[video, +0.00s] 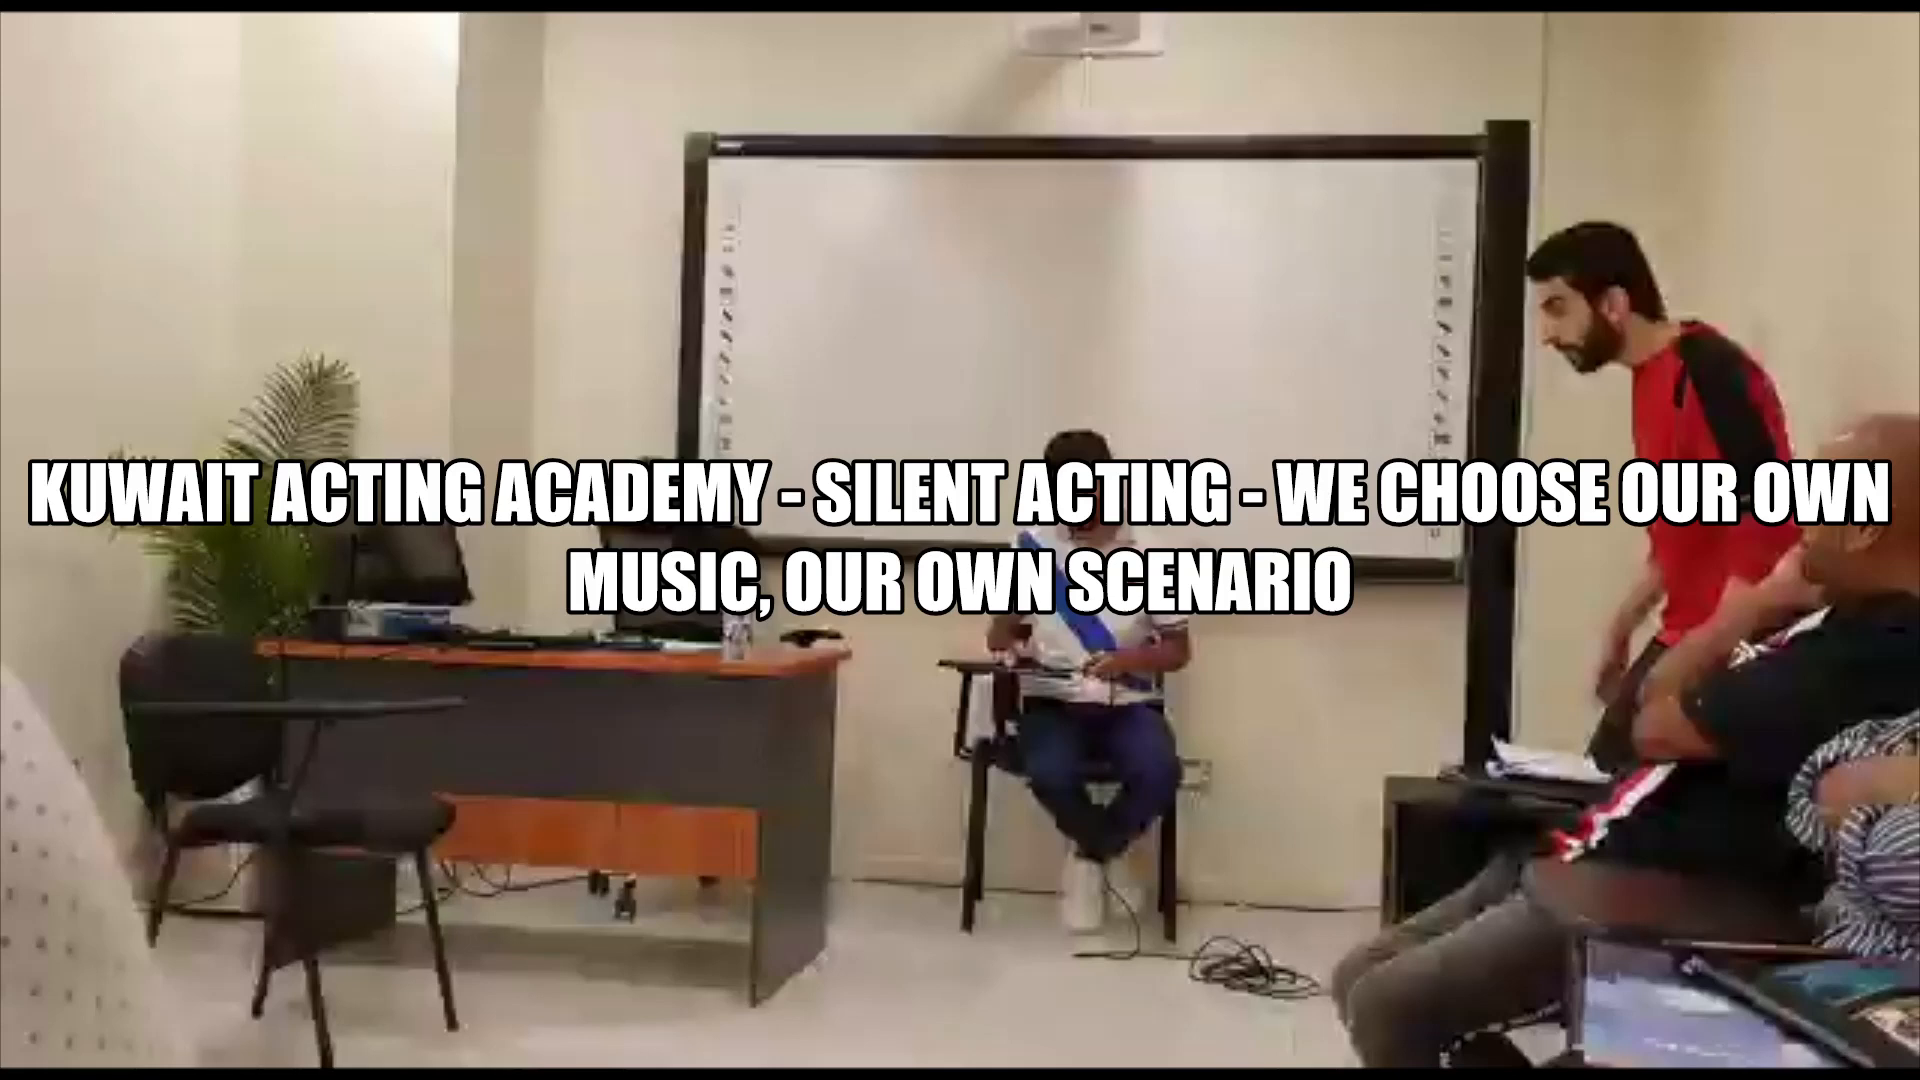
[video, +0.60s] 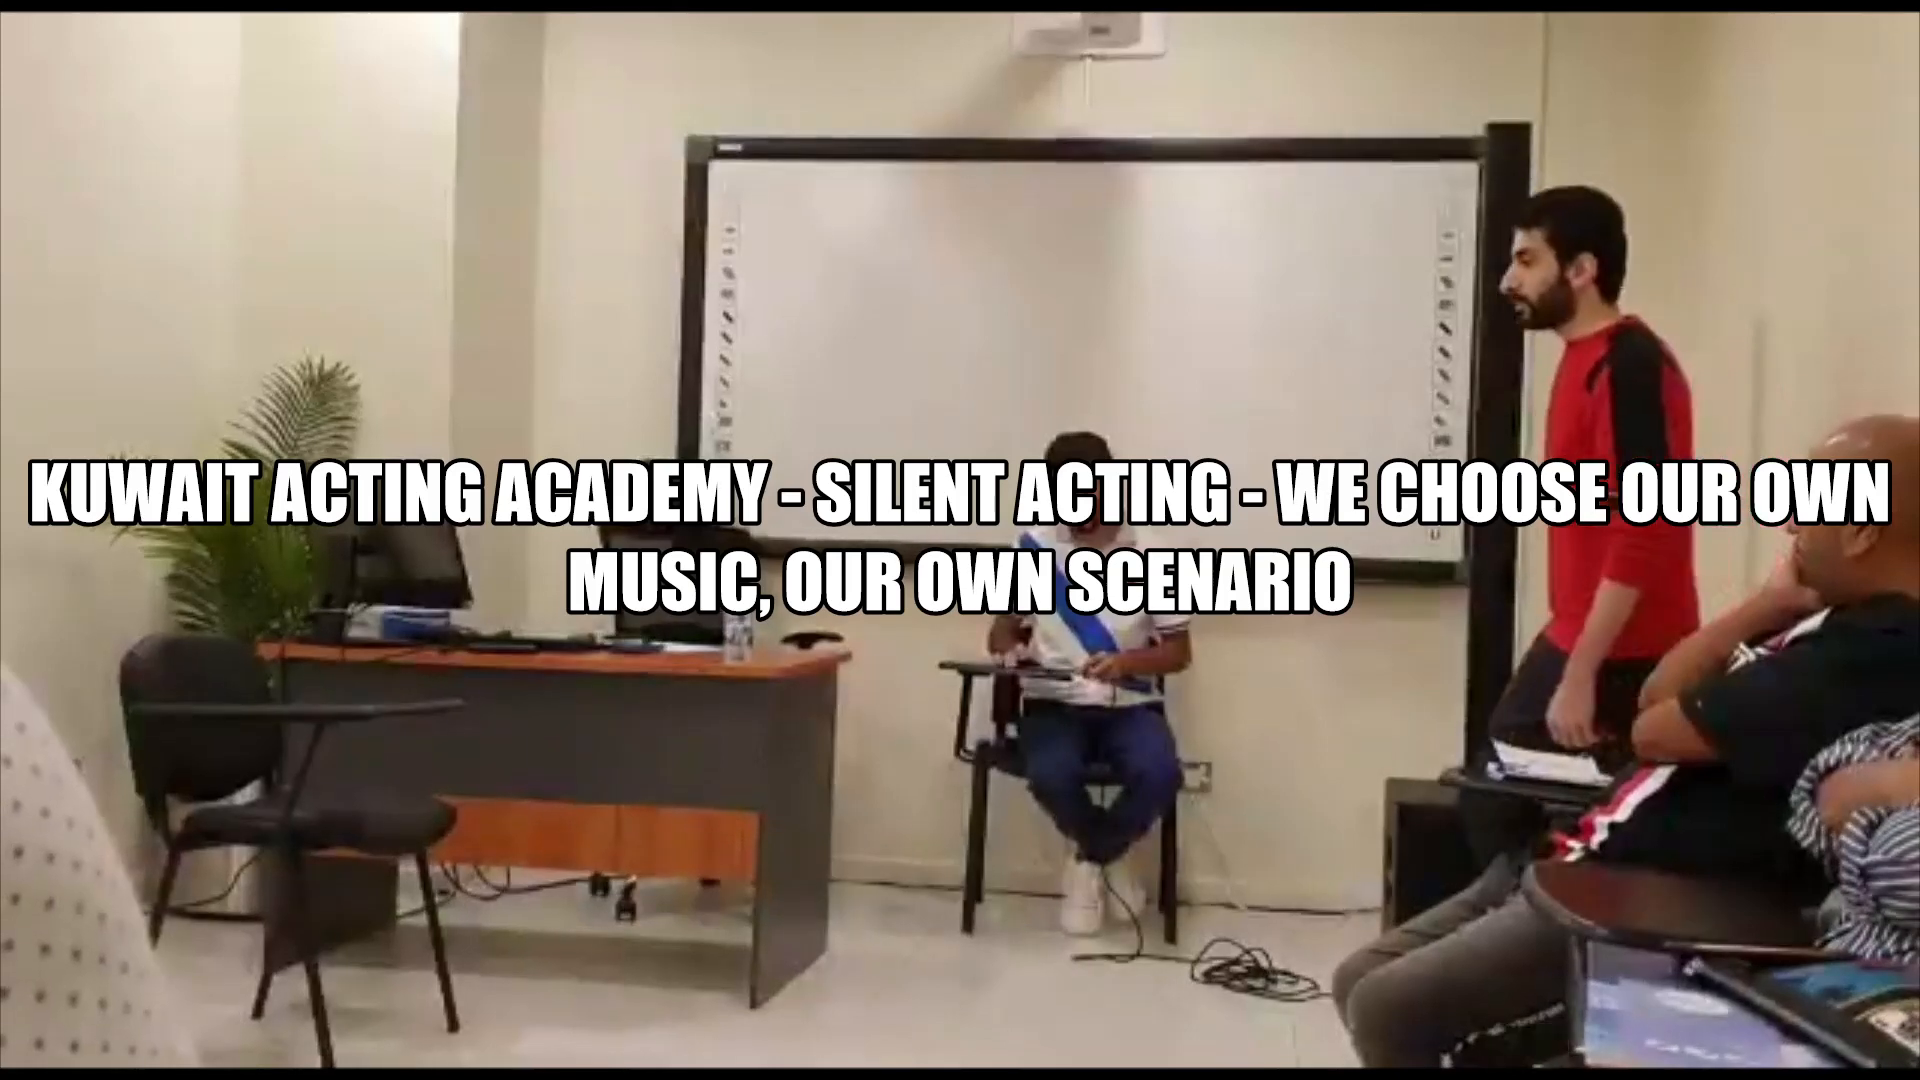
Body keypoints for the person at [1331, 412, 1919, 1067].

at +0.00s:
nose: (1811, 528)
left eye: (1836, 504)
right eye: (1820, 501)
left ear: (1886, 531)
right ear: (1876, 533)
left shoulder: (1877, 648)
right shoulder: (1837, 623)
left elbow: (1656, 726)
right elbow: (1634, 710)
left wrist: (1760, 605)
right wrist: (1756, 607)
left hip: (1631, 897)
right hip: (1585, 855)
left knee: (1386, 1007)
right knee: (1360, 974)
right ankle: (1505, 1061)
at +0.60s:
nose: (1790, 537)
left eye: (1806, 515)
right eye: (1794, 514)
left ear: (1868, 529)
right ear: (1867, 531)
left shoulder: (1877, 645)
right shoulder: (1842, 623)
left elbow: (1656, 735)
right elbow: (1659, 696)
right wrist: (1773, 603)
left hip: (1625, 906)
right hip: (1578, 865)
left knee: (1385, 1013)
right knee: (1358, 981)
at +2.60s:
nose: (1792, 536)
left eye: (1809, 515)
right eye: (1797, 514)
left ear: (1869, 534)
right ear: (1870, 535)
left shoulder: (1884, 646)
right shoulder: (1848, 626)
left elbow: (1664, 738)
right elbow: (1662, 696)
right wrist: (1781, 602)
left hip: (1635, 902)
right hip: (1587, 861)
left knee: (1388, 1016)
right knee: (1364, 983)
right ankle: (1501, 1062)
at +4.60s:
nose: (1793, 535)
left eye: (1805, 515)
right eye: (1797, 513)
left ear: (1872, 532)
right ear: (1873, 532)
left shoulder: (1883, 650)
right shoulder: (1848, 626)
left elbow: (1665, 740)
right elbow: (1664, 700)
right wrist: (1782, 606)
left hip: (1633, 905)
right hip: (1584, 863)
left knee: (1387, 1019)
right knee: (1363, 985)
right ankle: (1485, 1061)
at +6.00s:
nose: (1796, 538)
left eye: (1807, 517)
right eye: (1799, 516)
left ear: (1874, 532)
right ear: (1874, 532)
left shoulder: (1881, 651)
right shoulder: (1848, 628)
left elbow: (1663, 744)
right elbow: (1661, 702)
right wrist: (1778, 612)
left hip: (1640, 906)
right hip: (1586, 863)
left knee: (1388, 1022)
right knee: (1364, 987)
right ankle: (1486, 1060)